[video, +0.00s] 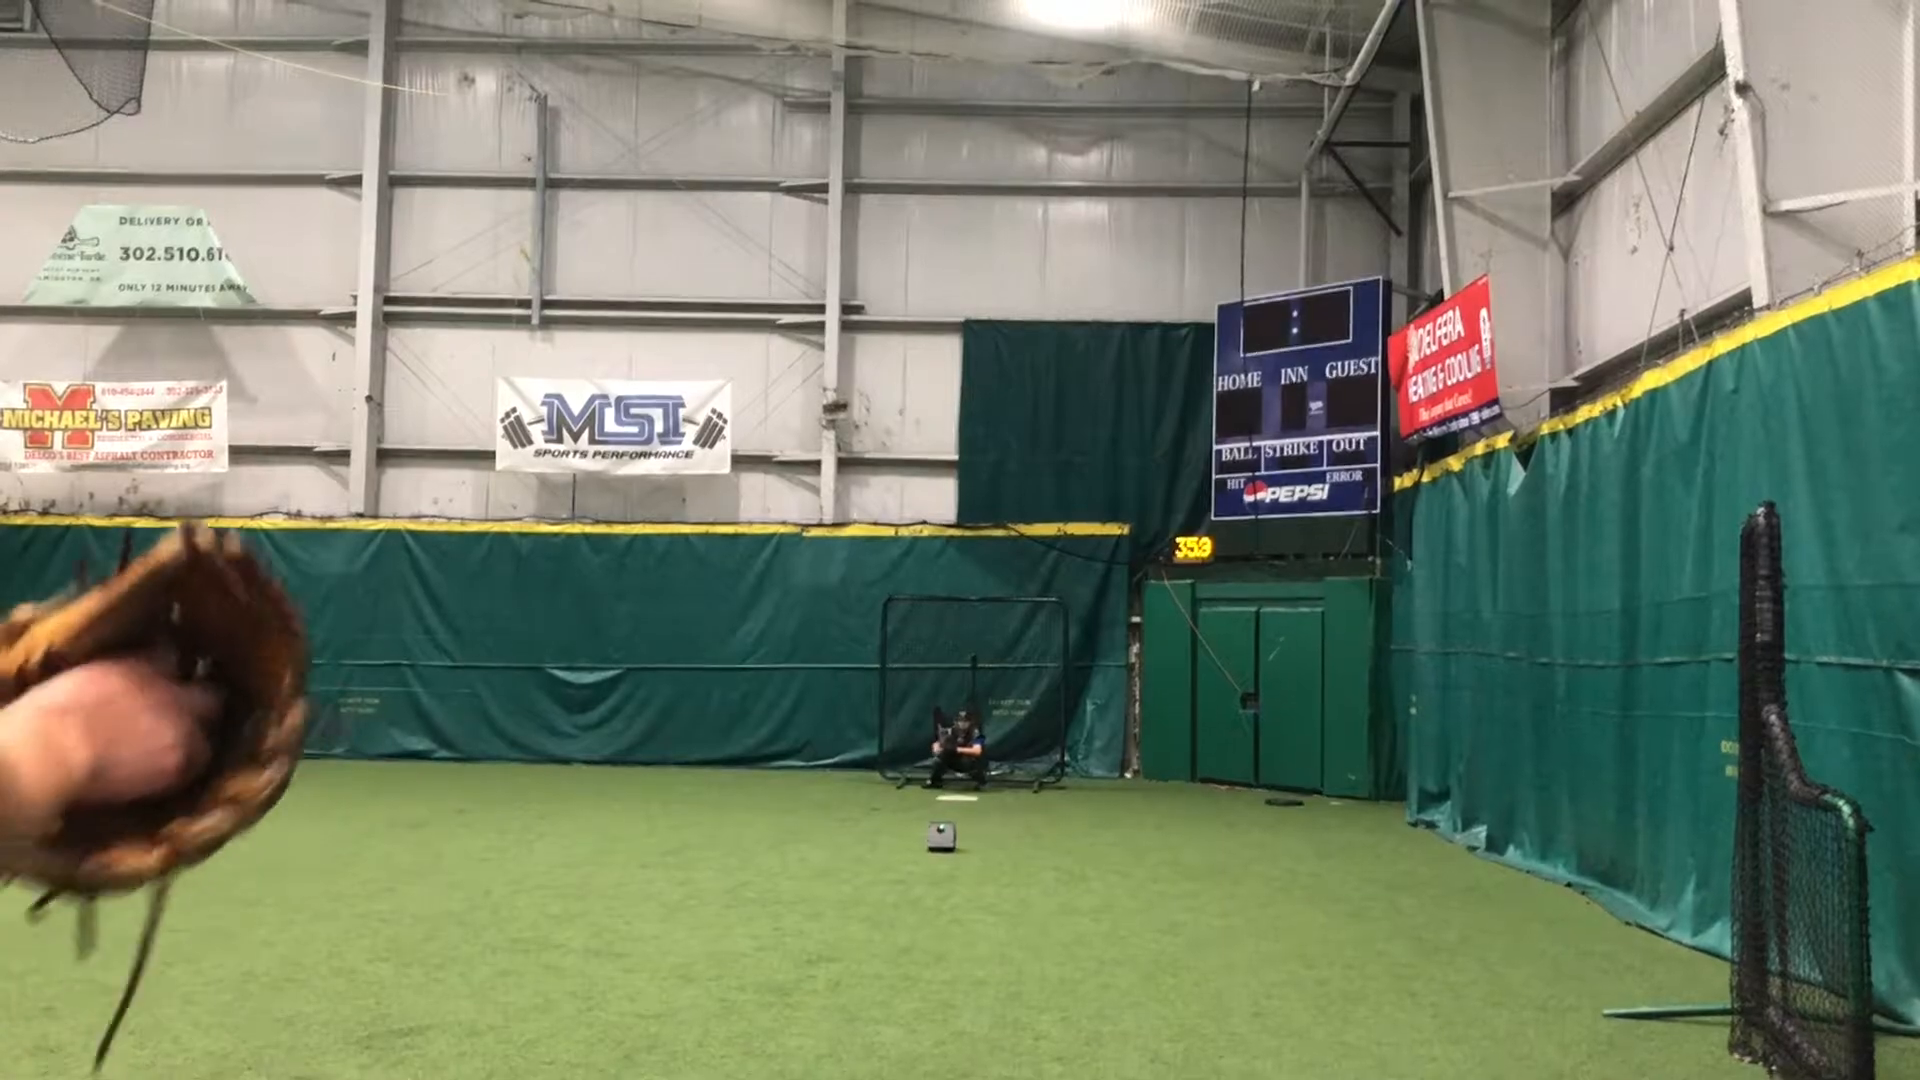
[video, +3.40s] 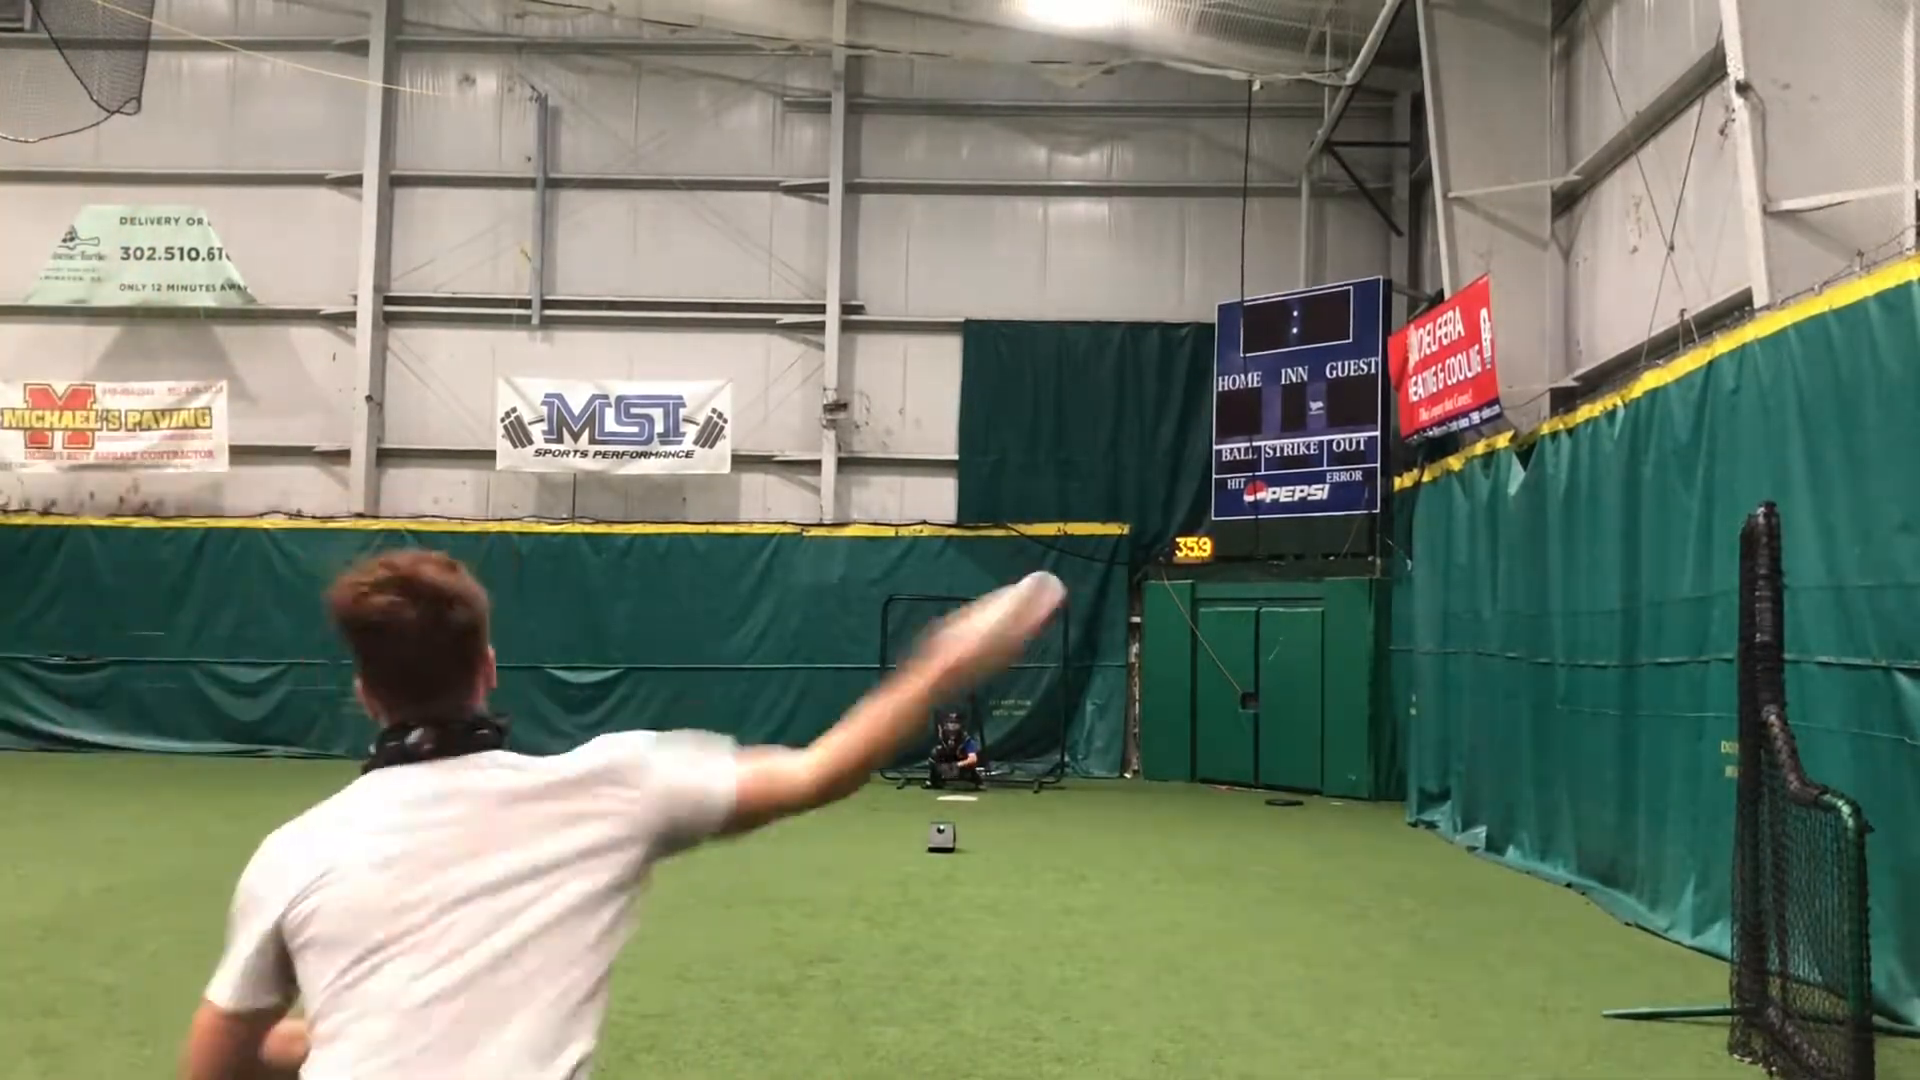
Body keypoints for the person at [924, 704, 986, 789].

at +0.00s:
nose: (962, 724)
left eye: (965, 721)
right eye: (959, 721)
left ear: (970, 723)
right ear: (956, 722)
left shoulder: (975, 734)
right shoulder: (952, 732)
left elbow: (977, 751)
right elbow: (942, 741)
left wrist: (957, 749)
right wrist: (937, 747)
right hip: (954, 758)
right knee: (941, 759)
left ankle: (981, 782)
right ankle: (935, 781)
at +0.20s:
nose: (959, 726)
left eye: (963, 723)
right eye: (957, 723)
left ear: (968, 723)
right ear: (954, 723)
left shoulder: (973, 733)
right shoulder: (951, 732)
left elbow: (975, 749)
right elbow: (943, 746)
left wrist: (955, 748)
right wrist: (931, 755)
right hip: (955, 757)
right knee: (941, 760)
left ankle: (981, 782)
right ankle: (935, 781)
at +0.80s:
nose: (957, 726)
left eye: (960, 723)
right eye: (955, 723)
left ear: (966, 724)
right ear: (951, 723)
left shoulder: (971, 735)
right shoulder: (949, 733)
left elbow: (976, 754)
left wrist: (960, 758)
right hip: (949, 758)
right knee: (937, 763)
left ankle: (980, 781)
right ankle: (935, 781)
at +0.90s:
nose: (958, 726)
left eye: (961, 723)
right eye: (955, 722)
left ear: (966, 724)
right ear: (951, 724)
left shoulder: (971, 736)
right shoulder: (947, 734)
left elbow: (976, 755)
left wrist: (962, 759)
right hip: (950, 759)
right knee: (937, 763)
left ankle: (980, 782)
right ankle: (935, 781)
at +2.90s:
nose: (954, 728)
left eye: (957, 725)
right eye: (951, 725)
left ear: (963, 727)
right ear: (947, 727)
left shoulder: (970, 743)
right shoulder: (945, 742)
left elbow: (975, 759)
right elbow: (936, 754)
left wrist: (958, 759)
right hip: (947, 766)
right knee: (935, 763)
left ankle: (979, 782)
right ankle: (935, 781)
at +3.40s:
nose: (952, 725)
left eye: (955, 722)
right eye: (949, 722)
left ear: (961, 725)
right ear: (944, 725)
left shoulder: (967, 741)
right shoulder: (941, 742)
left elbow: (973, 759)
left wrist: (957, 765)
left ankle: (978, 782)